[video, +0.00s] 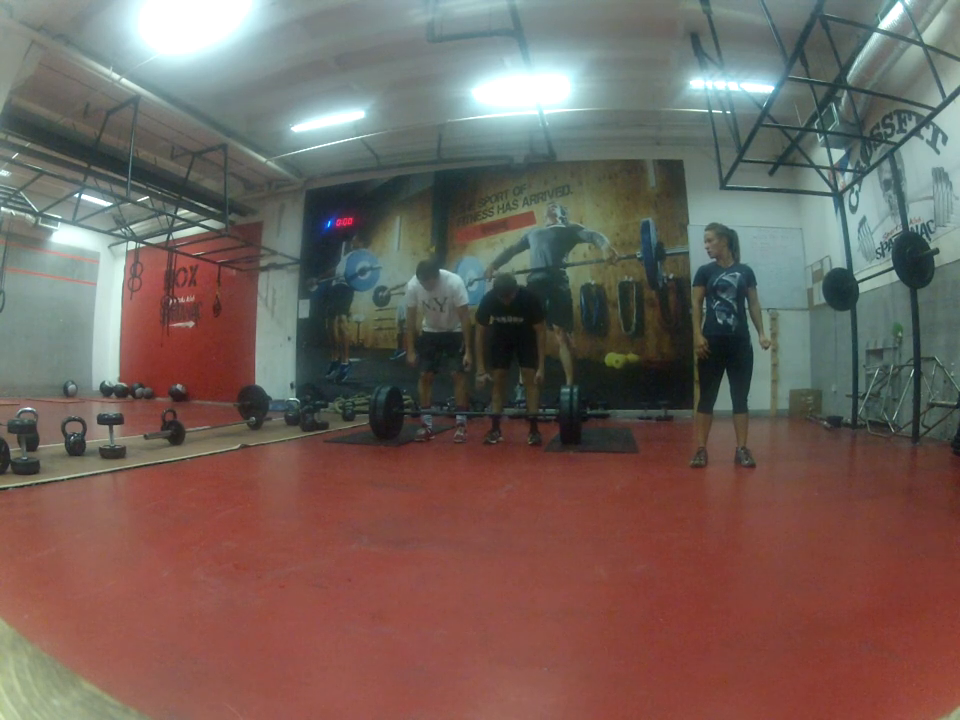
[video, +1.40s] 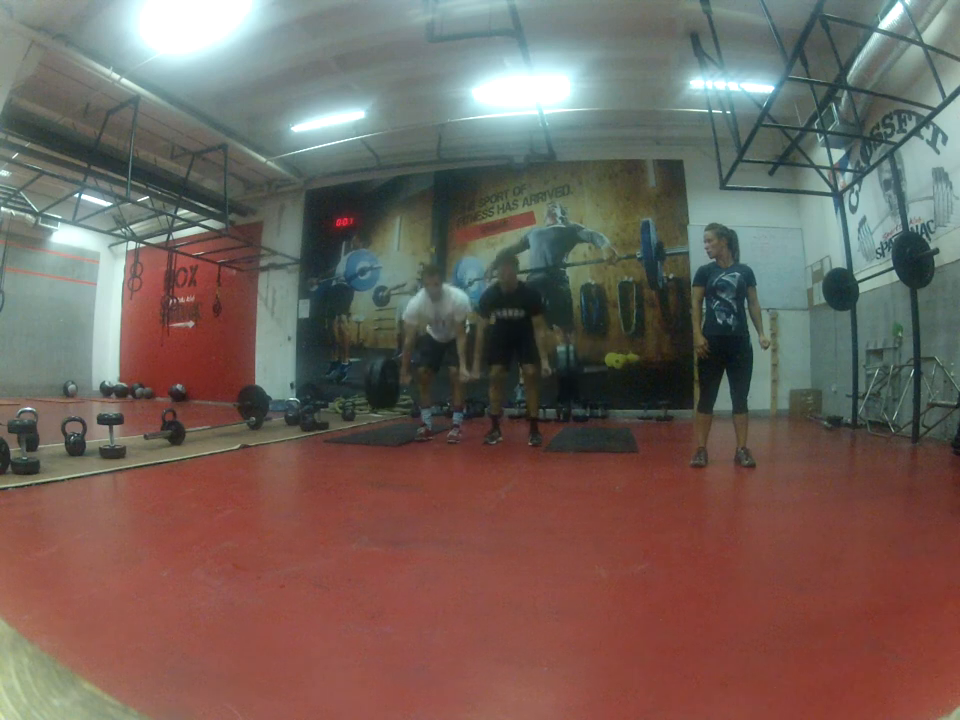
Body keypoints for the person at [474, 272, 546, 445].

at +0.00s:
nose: (506, 300)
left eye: (508, 296)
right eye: (502, 296)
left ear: (515, 291)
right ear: (496, 292)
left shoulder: (530, 299)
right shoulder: (489, 300)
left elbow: (540, 330)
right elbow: (480, 332)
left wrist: (541, 367)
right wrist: (480, 369)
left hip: (526, 341)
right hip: (501, 341)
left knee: (530, 378)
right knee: (498, 378)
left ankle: (534, 429)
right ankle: (495, 428)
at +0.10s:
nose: (507, 319)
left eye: (510, 315)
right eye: (504, 316)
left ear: (516, 309)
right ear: (497, 310)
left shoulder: (529, 311)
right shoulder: (489, 312)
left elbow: (541, 345)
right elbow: (479, 346)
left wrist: (543, 381)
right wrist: (479, 384)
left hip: (525, 338)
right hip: (501, 338)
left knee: (530, 376)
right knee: (498, 376)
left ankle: (534, 429)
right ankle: (495, 428)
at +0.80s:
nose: (509, 295)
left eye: (512, 290)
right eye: (505, 290)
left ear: (518, 288)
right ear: (499, 289)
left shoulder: (529, 306)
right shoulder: (489, 306)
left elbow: (540, 339)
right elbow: (481, 339)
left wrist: (546, 373)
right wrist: (477, 374)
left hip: (526, 345)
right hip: (500, 346)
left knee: (531, 380)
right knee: (496, 380)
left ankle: (534, 430)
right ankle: (495, 429)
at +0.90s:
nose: (509, 265)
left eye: (513, 261)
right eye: (506, 261)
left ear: (518, 262)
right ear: (499, 263)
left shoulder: (529, 287)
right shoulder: (490, 287)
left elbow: (538, 320)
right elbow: (482, 319)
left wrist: (544, 351)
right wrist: (477, 351)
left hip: (526, 342)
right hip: (499, 342)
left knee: (530, 382)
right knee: (497, 383)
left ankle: (534, 430)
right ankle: (495, 428)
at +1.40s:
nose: (506, 276)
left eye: (510, 272)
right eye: (503, 272)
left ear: (516, 272)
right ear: (497, 273)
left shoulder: (530, 293)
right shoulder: (490, 295)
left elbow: (539, 327)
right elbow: (481, 328)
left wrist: (544, 360)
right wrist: (476, 363)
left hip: (525, 341)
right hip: (499, 342)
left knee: (531, 374)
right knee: (496, 377)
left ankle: (534, 428)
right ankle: (495, 428)